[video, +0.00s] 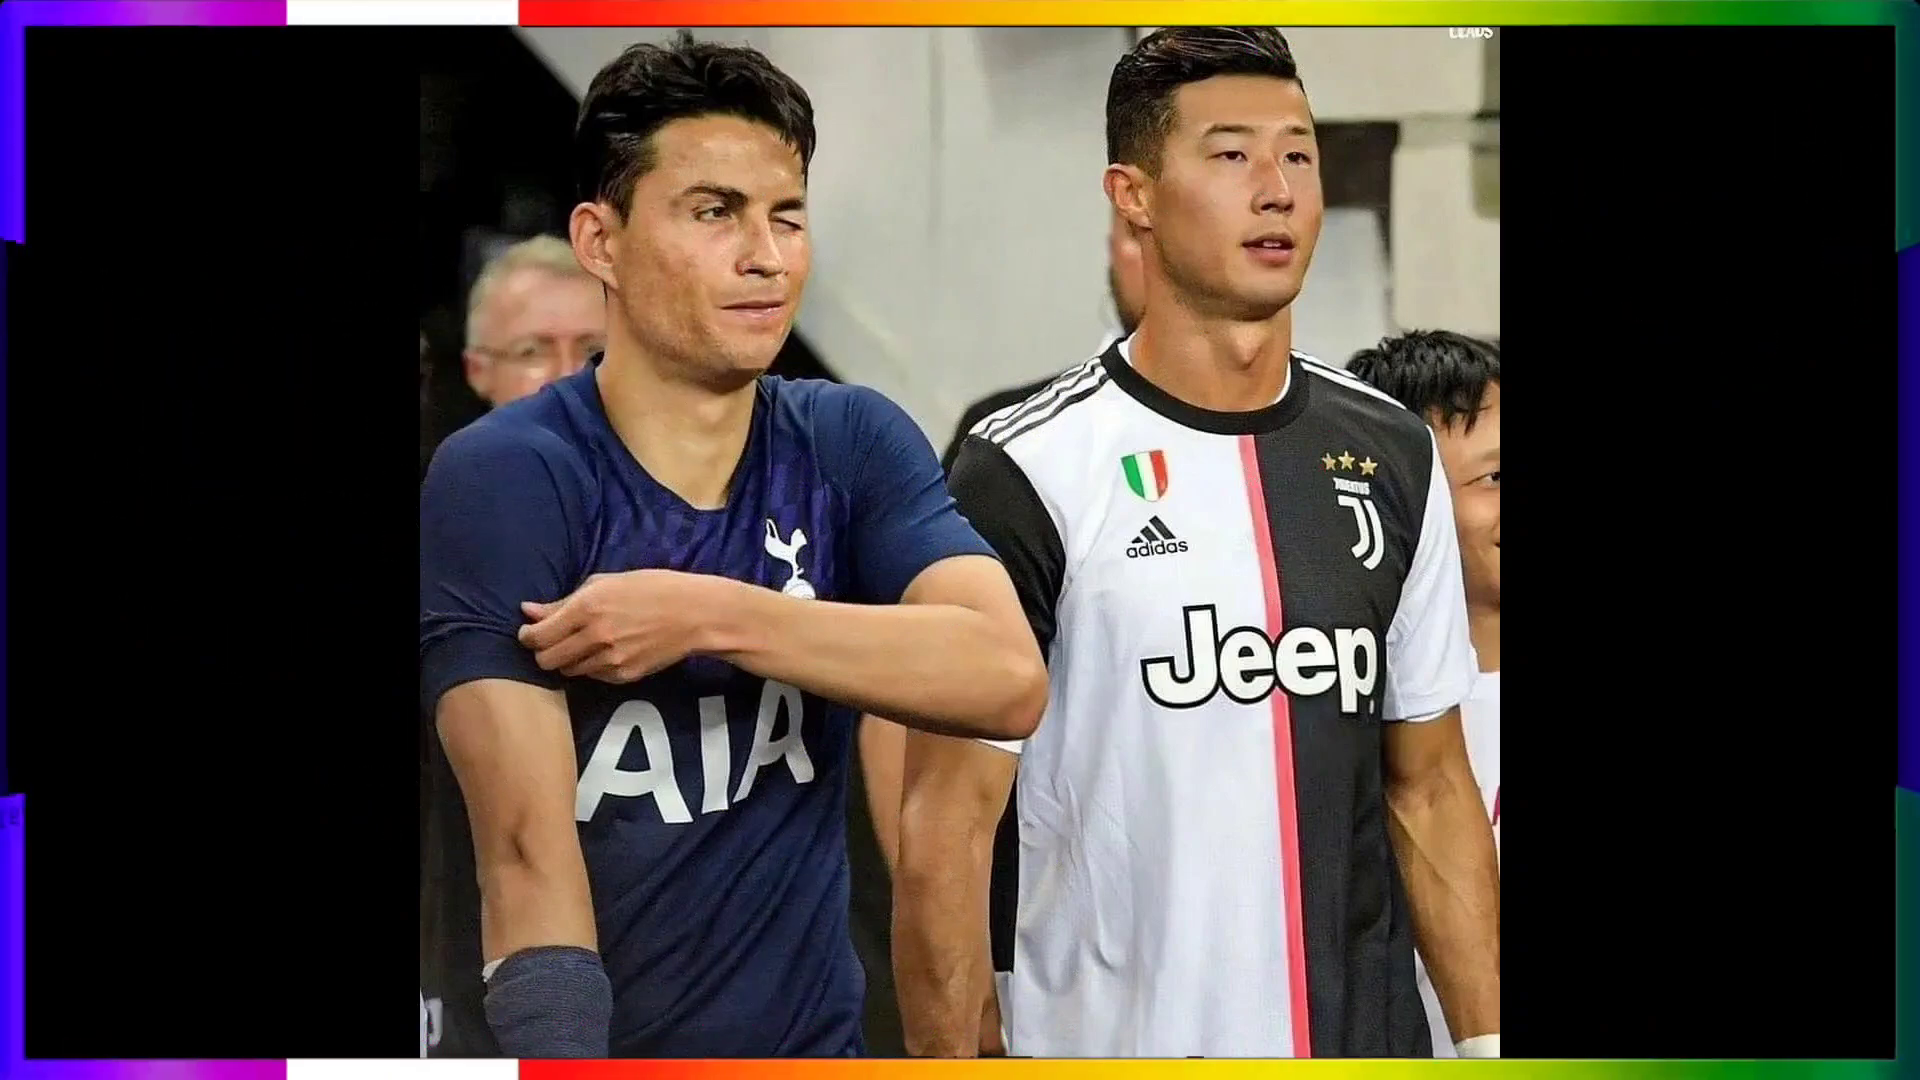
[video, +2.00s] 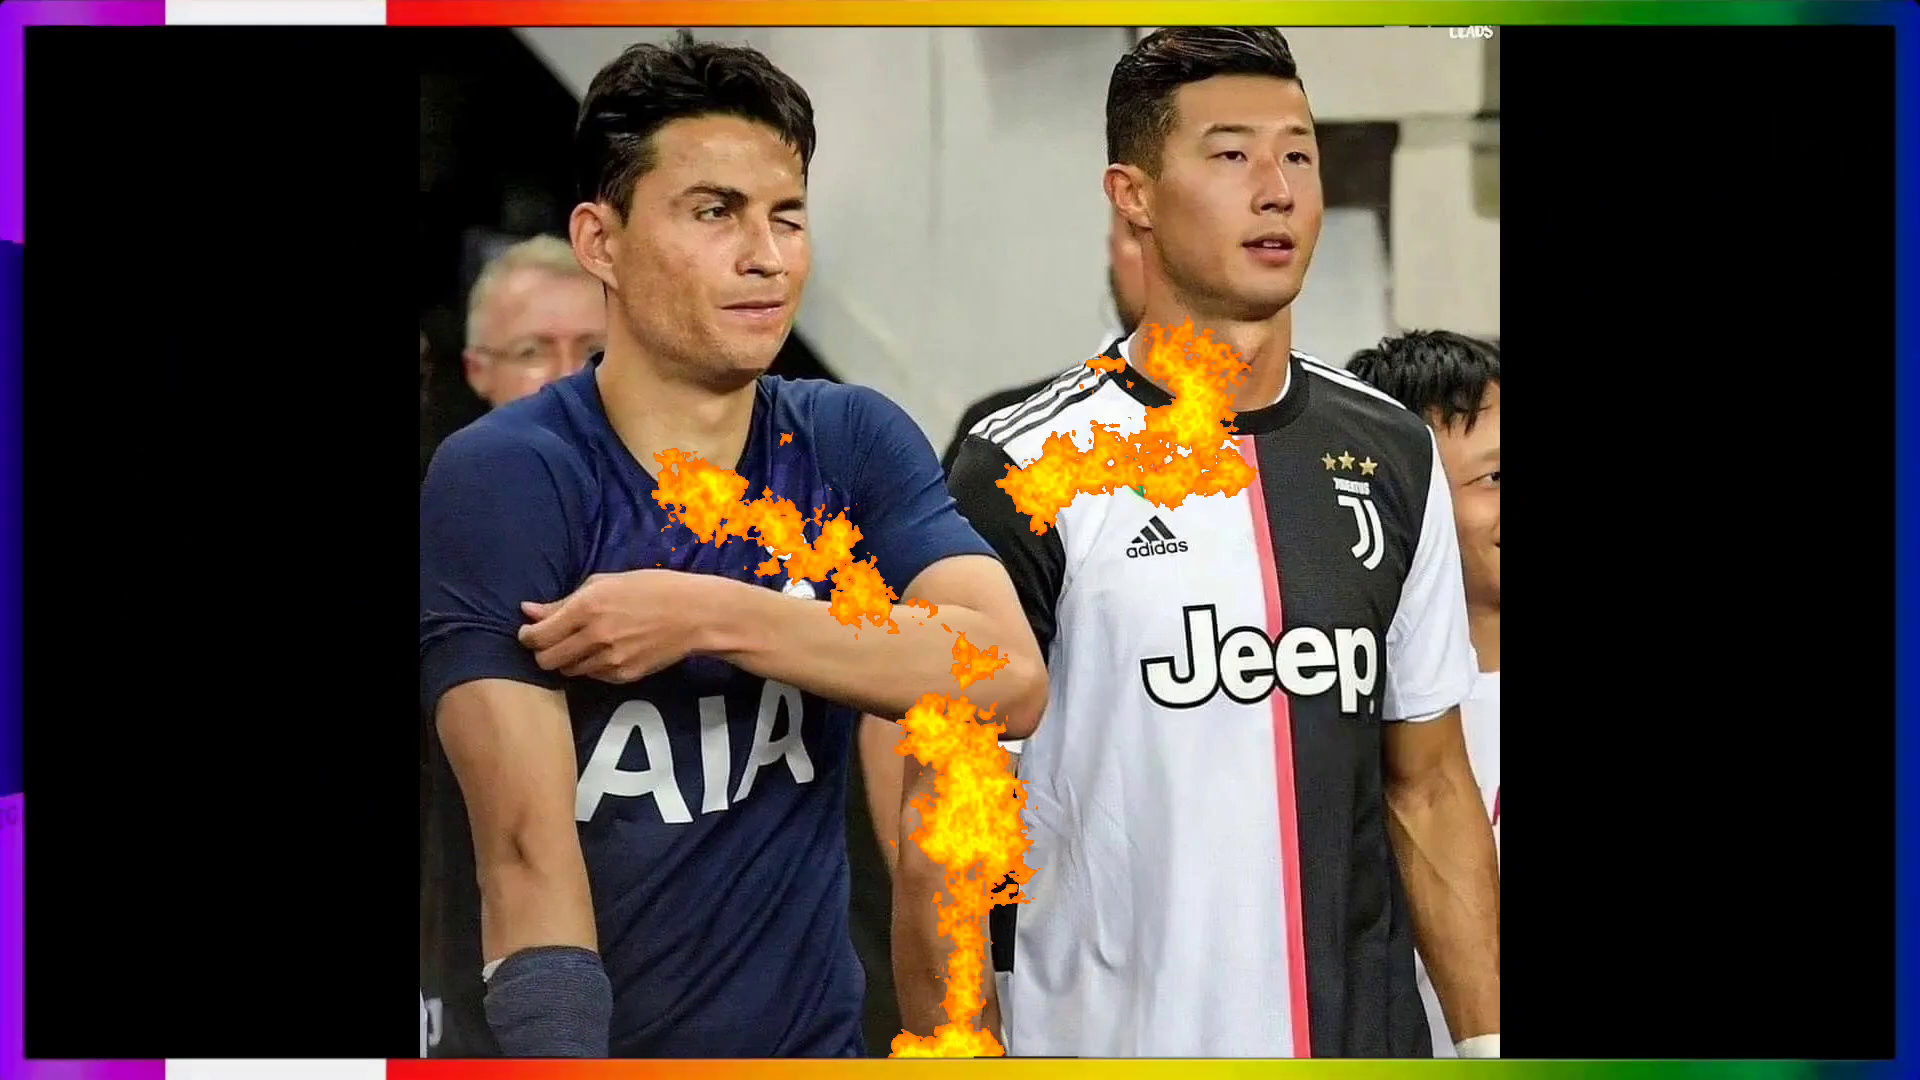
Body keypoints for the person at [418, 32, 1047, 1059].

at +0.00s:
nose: (765, 257)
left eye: (785, 217)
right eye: (712, 212)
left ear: (809, 235)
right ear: (601, 242)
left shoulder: (856, 439)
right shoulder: (500, 476)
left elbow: (1009, 681)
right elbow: (525, 851)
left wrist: (714, 613)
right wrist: (560, 1059)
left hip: (810, 1041)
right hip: (599, 1037)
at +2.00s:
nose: (766, 257)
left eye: (786, 218)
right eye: (712, 213)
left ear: (809, 237)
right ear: (601, 241)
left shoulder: (859, 437)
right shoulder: (500, 476)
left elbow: (1011, 679)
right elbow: (525, 852)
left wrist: (717, 615)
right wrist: (560, 1061)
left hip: (810, 1041)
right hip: (598, 1038)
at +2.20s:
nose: (767, 260)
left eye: (787, 219)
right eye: (715, 212)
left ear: (811, 236)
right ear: (600, 241)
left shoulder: (846, 453)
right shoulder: (497, 475)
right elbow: (524, 855)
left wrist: (708, 619)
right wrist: (560, 1060)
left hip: (813, 1037)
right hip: (602, 1037)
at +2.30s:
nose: (766, 259)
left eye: (788, 220)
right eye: (714, 212)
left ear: (811, 238)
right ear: (600, 241)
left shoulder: (857, 453)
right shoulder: (492, 477)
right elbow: (524, 845)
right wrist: (560, 1053)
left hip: (841, 1030)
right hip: (614, 1034)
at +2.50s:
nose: (766, 257)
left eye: (787, 218)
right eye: (714, 211)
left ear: (809, 234)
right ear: (598, 239)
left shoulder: (830, 461)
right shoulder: (497, 478)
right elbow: (527, 856)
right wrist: (571, 1047)